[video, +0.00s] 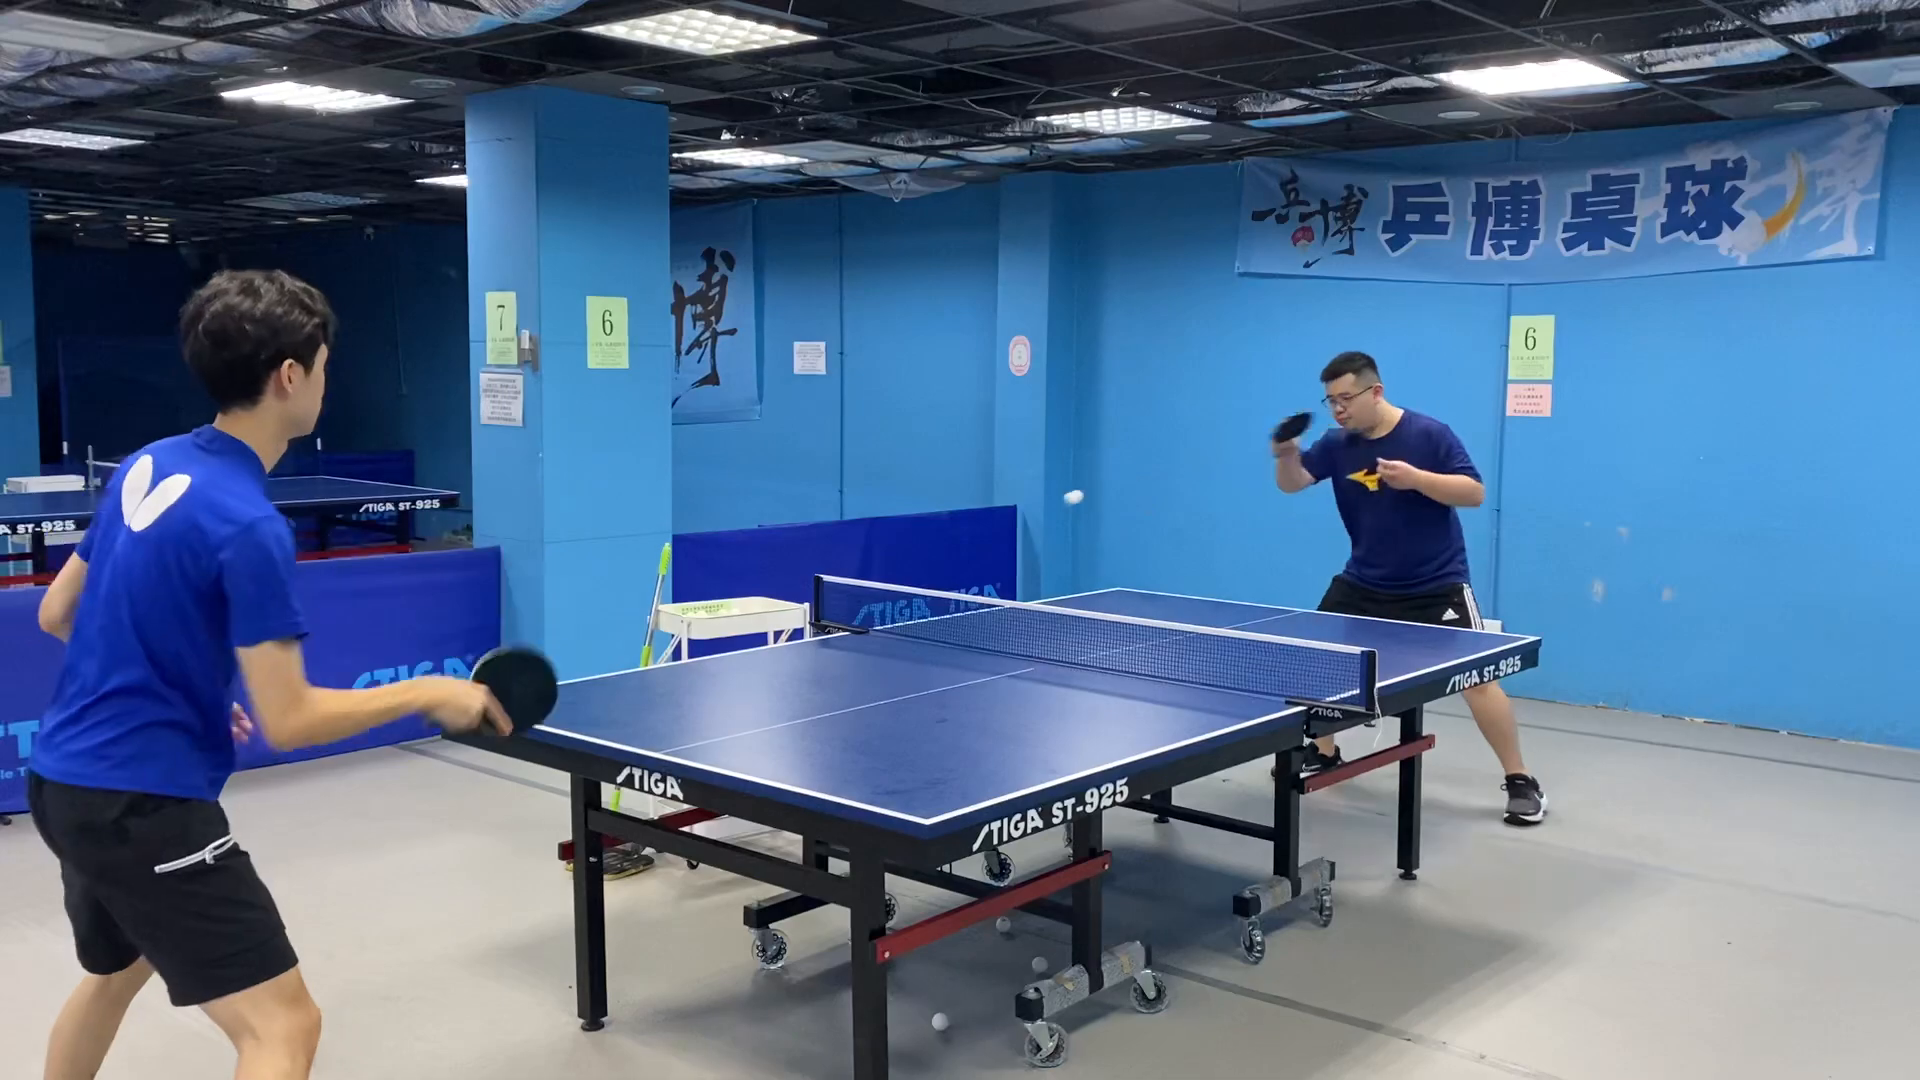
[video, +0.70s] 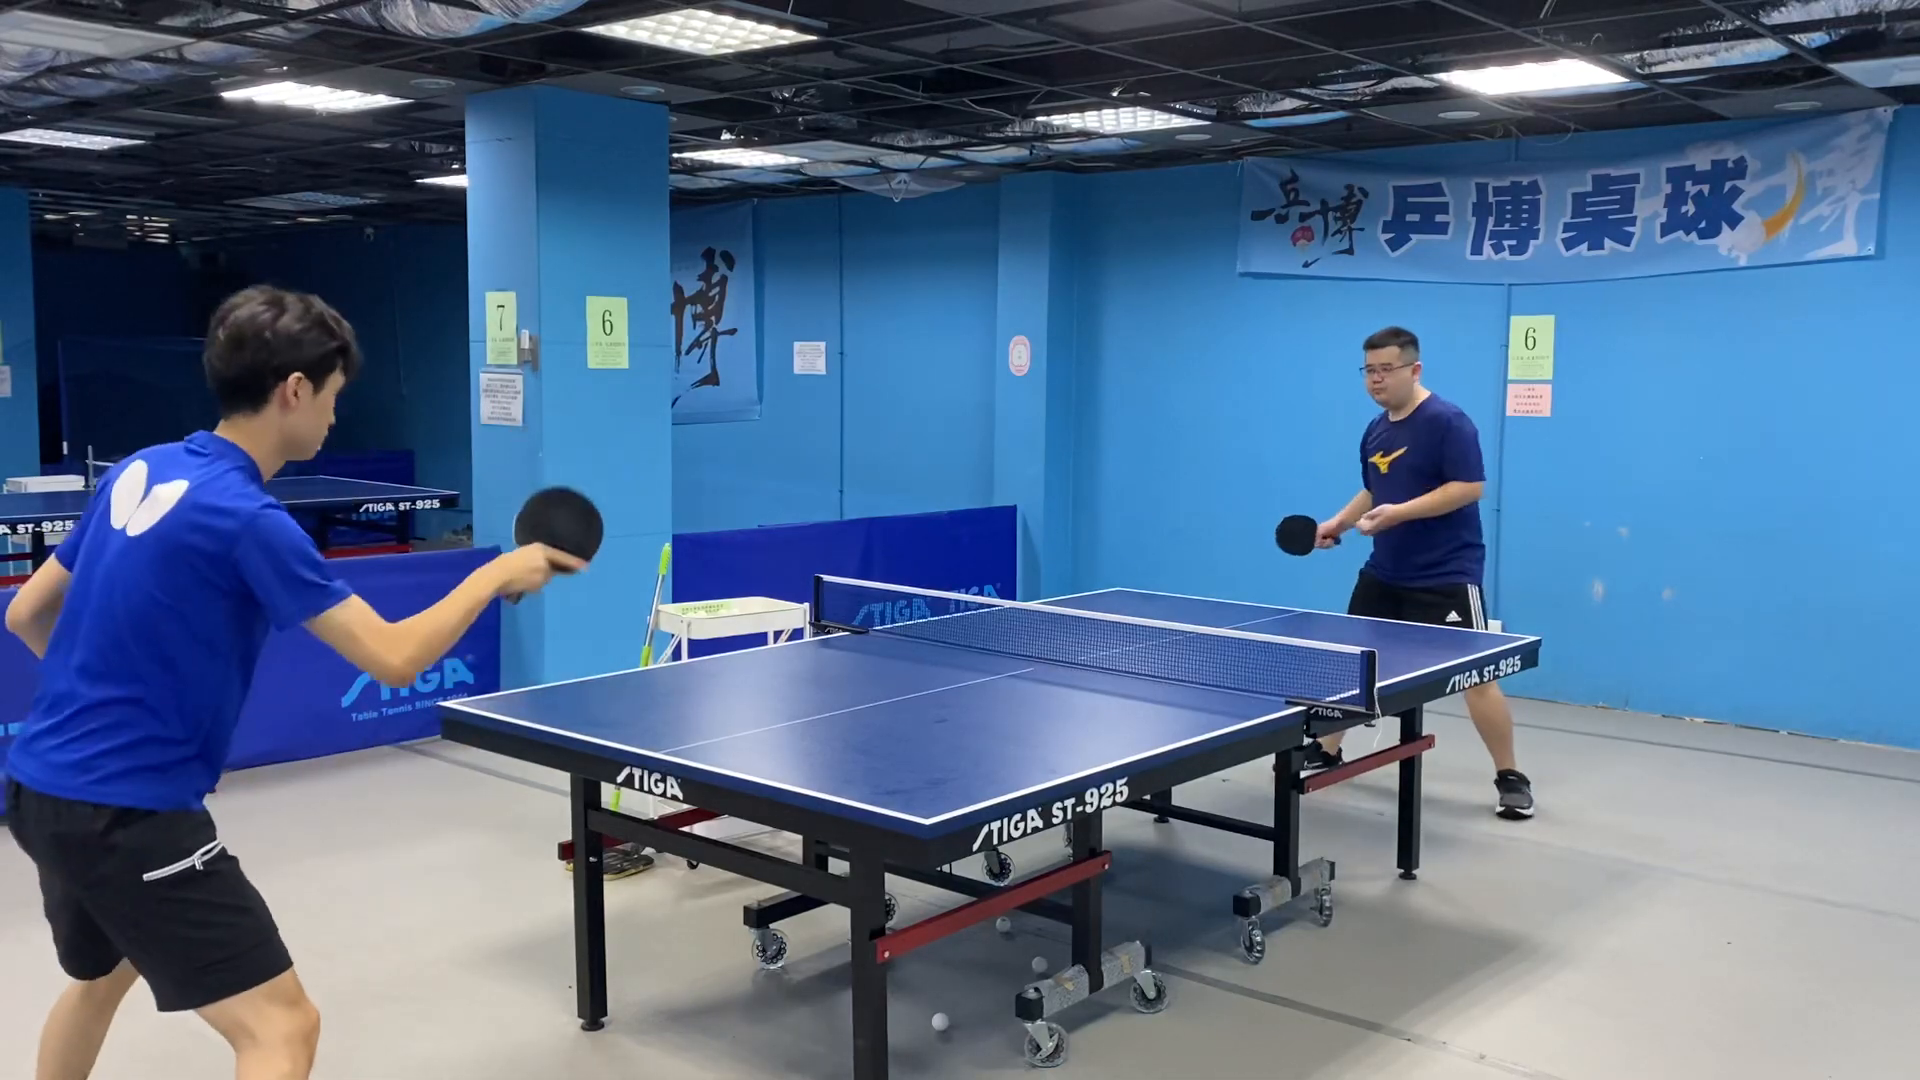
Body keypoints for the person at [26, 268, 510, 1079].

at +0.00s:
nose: (324, 387)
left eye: (324, 368)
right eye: (322, 367)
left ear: (217, 370)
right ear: (286, 376)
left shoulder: (146, 466)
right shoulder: (246, 522)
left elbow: (59, 613)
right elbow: (288, 720)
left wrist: (194, 693)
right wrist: (428, 694)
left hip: (65, 775)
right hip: (144, 797)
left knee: (114, 970)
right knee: (280, 1026)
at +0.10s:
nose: (339, 417)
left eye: (340, 398)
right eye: (336, 398)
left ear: (245, 400)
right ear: (294, 406)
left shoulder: (181, 481)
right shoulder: (219, 543)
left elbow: (134, 647)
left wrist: (213, 713)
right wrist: (344, 764)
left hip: (76, 790)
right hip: (129, 813)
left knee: (134, 983)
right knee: (279, 1025)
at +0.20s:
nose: (354, 453)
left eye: (355, 434)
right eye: (347, 433)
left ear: (287, 433)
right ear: (294, 434)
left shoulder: (210, 515)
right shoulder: (201, 560)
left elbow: (183, 704)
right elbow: (168, 761)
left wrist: (269, 774)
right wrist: (319, 786)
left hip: (90, 807)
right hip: (102, 824)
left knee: (162, 975)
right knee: (278, 1030)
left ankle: (81, 1077)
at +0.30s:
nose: (362, 470)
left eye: (365, 452)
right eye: (357, 451)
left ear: (297, 447)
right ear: (301, 447)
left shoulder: (193, 507)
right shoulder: (212, 554)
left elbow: (122, 655)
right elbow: (292, 747)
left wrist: (198, 747)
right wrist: (463, 723)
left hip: (64, 802)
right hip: (92, 826)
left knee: (146, 981)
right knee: (270, 1028)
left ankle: (75, 1078)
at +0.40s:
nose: (369, 485)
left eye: (375, 466)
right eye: (367, 462)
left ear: (297, 449)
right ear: (313, 454)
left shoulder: (185, 504)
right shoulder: (232, 565)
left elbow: (75, 626)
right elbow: (414, 676)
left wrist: (182, 733)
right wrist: (539, 580)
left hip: (43, 801)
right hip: (93, 828)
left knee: (134, 983)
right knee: (274, 1029)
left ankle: (65, 1077)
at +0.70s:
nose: (333, 415)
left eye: (336, 396)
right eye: (333, 394)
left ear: (241, 381)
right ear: (293, 391)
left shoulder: (137, 471)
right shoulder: (249, 518)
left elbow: (27, 614)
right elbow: (395, 656)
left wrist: (117, 686)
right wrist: (496, 576)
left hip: (41, 786)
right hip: (130, 810)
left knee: (100, 973)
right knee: (280, 1026)